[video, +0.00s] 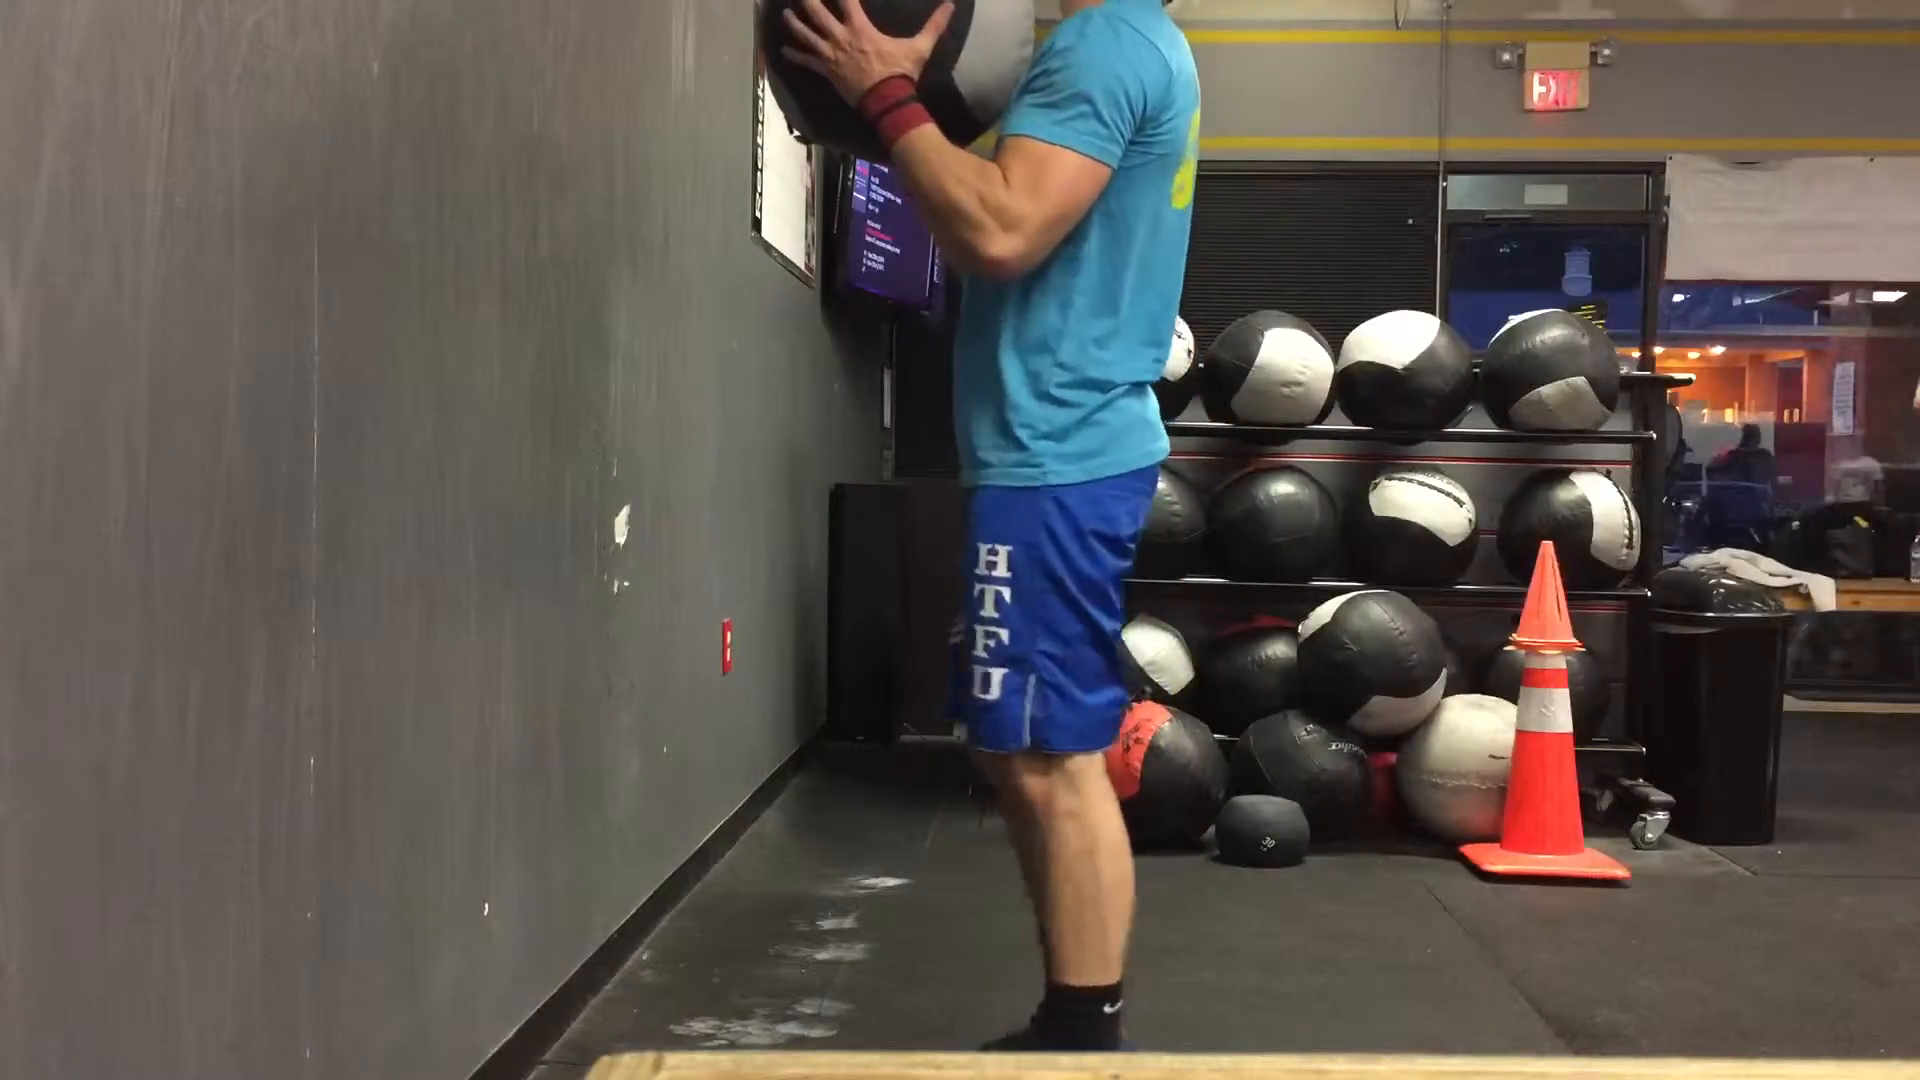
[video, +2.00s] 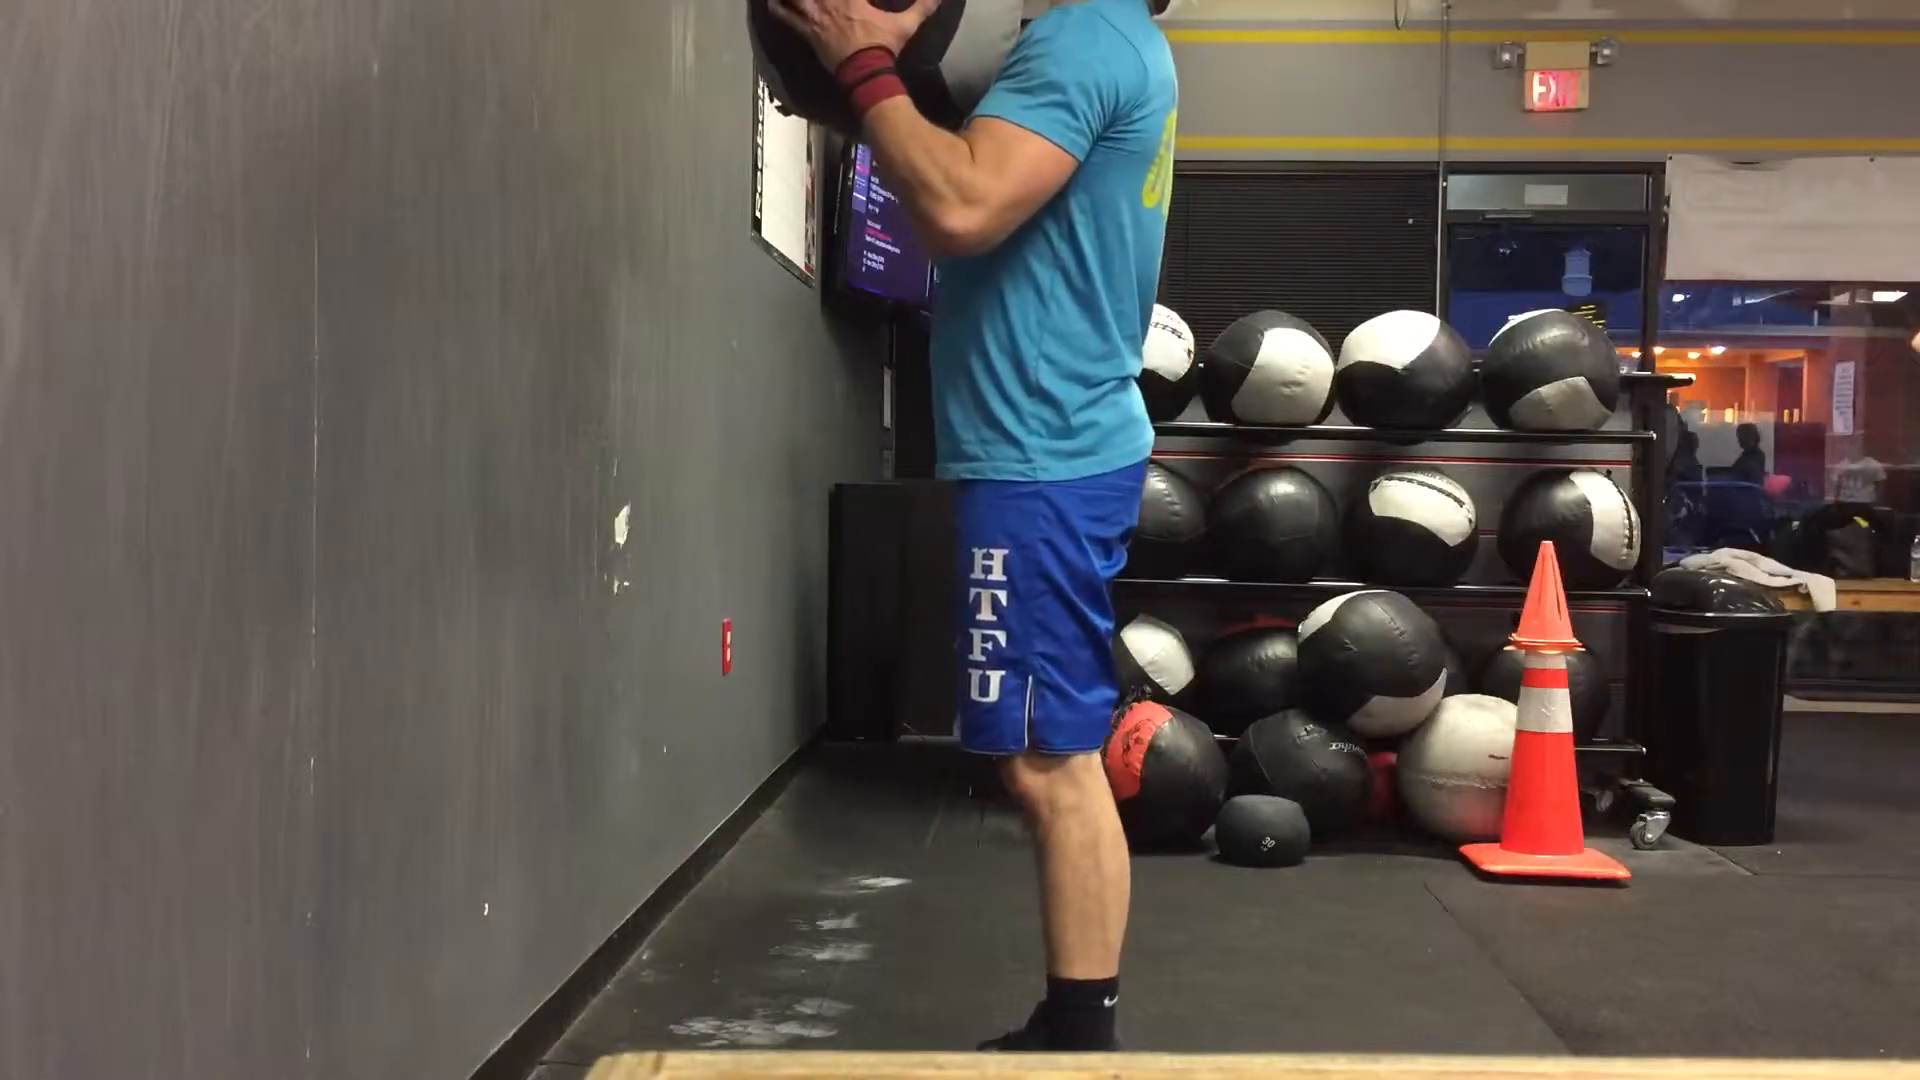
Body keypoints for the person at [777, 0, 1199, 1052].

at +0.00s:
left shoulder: (1115, 46)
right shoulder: (1095, 44)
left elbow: (1001, 233)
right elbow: (995, 217)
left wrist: (888, 96)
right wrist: (903, 103)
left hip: (1063, 459)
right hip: (1041, 456)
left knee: (1052, 760)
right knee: (1029, 757)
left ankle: (1084, 1036)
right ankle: (1075, 1024)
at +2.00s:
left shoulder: (1087, 40)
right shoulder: (1097, 37)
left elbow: (961, 209)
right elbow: (965, 189)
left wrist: (868, 67)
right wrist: (883, 69)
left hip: (1044, 463)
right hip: (1042, 457)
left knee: (1050, 765)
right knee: (1052, 763)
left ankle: (1080, 1031)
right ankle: (1080, 1023)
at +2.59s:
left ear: (1058, 2)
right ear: (1069, 13)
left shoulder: (1048, 104)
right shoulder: (1063, 108)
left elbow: (889, 257)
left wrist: (788, 136)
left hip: (1157, 511)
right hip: (1147, 506)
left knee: (971, 782)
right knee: (1018, 784)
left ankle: (1067, 1038)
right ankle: (1066, 1028)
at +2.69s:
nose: (961, 87)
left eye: (986, 73)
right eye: (976, 68)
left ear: (1036, 117)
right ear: (1036, 122)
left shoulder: (1036, 240)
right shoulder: (1040, 231)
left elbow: (872, 397)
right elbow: (896, 383)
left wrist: (773, 267)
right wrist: (788, 277)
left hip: (1192, 613)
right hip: (1173, 600)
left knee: (933, 806)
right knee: (983, 795)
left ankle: (1054, 1039)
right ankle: (1065, 1023)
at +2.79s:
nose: (940, 225)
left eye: (965, 214)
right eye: (956, 208)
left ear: (1013, 263)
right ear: (1015, 269)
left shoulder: (1018, 390)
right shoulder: (1028, 371)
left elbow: (869, 567)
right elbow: (891, 538)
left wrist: (766, 428)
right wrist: (781, 427)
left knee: (900, 841)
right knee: (924, 764)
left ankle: (1046, 1046)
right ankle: (1063, 1016)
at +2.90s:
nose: (929, 336)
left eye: (952, 323)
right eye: (943, 319)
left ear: (1004, 369)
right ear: (1004, 373)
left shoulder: (1010, 505)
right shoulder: (1026, 483)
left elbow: (867, 700)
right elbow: (889, 661)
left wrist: (762, 559)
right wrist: (782, 555)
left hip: (1190, 830)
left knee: (888, 853)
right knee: (911, 775)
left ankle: (1042, 1050)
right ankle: (1066, 1028)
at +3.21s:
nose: (939, 275)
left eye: (963, 261)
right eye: (953, 257)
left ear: (1019, 305)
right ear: (1018, 310)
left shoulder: (1029, 435)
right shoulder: (1048, 412)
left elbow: (900, 623)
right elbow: (911, 586)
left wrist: (783, 503)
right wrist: (789, 492)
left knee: (920, 826)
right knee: (947, 754)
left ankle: (1052, 1051)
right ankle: (1064, 1016)